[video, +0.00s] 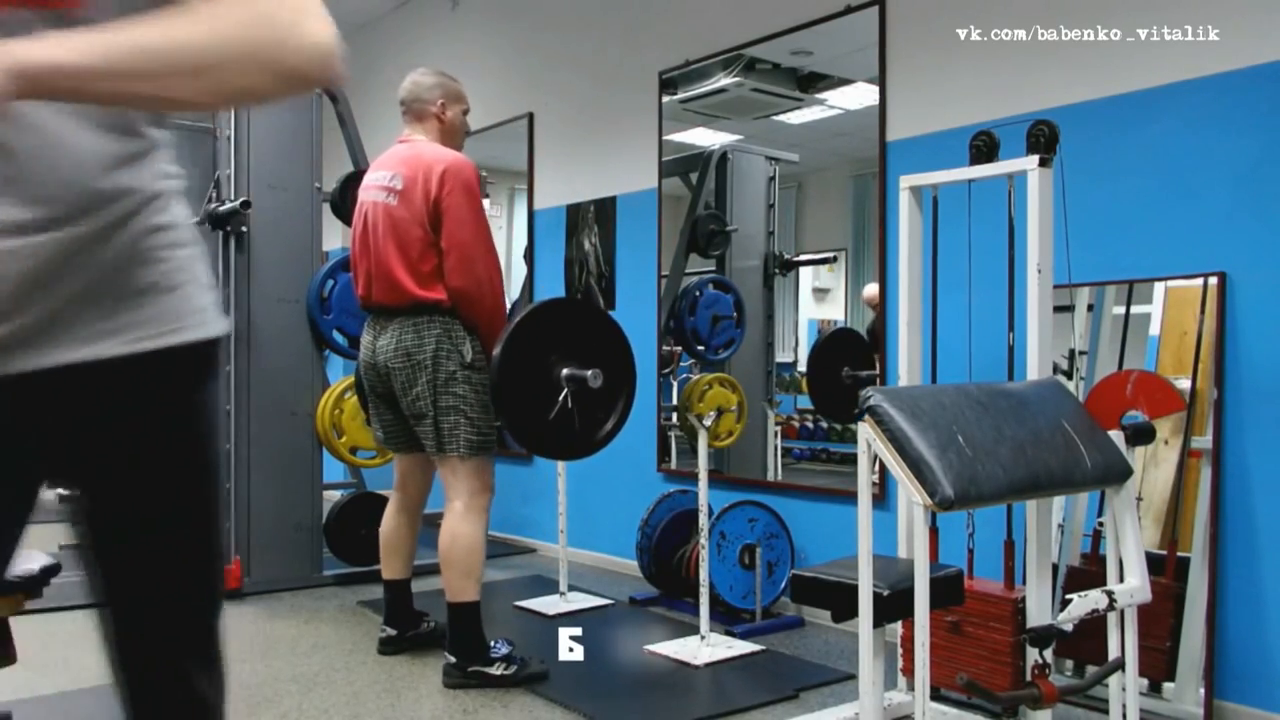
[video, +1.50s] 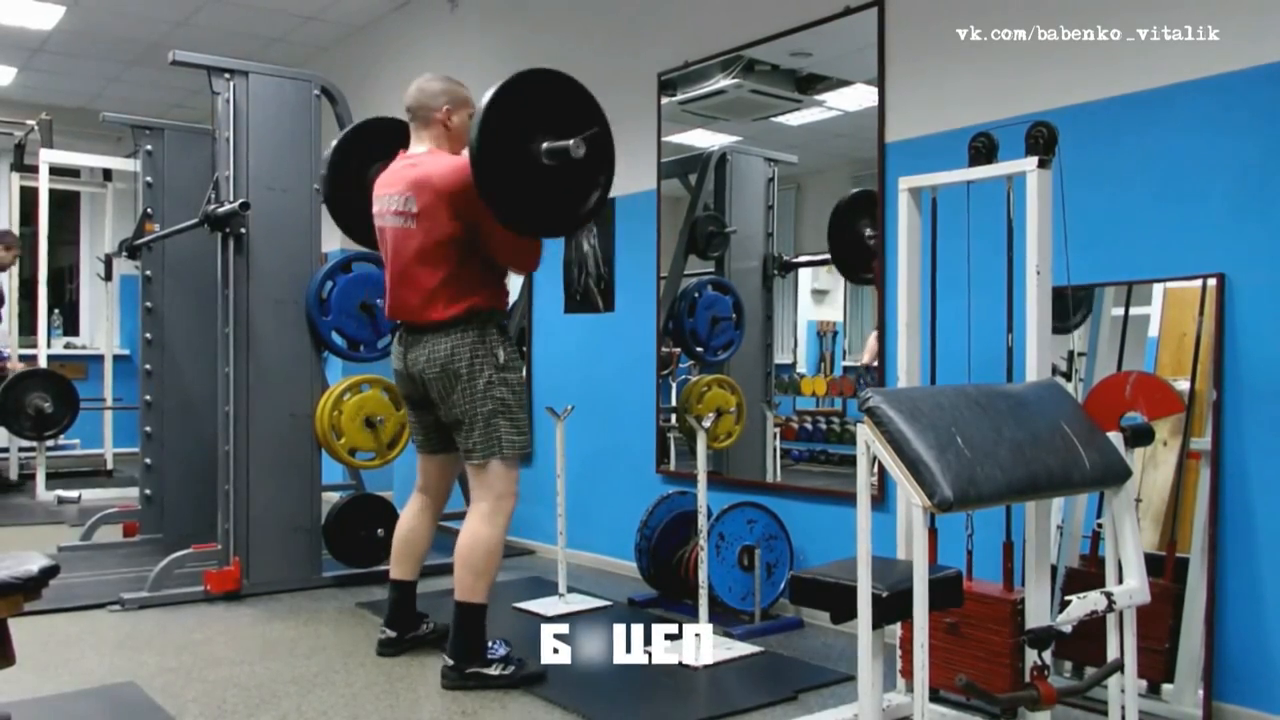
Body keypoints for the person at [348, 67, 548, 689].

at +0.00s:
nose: (468, 124)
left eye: (467, 114)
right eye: (464, 113)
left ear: (414, 112)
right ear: (439, 109)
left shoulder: (377, 169)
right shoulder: (450, 167)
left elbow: (366, 268)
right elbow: (473, 275)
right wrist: (496, 345)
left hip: (380, 338)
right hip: (439, 337)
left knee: (409, 484)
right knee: (469, 493)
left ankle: (399, 621)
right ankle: (469, 652)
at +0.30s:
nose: (469, 123)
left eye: (468, 114)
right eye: (465, 112)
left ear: (416, 110)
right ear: (442, 109)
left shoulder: (380, 166)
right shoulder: (454, 164)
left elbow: (366, 266)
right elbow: (473, 272)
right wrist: (496, 342)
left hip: (378, 337)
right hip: (438, 336)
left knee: (407, 484)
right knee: (468, 494)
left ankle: (399, 622)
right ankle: (469, 652)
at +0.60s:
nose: (477, 126)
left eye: (474, 117)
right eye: (473, 116)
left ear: (422, 121)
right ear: (454, 116)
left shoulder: (393, 171)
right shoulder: (469, 171)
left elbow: (368, 270)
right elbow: (472, 278)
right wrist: (494, 346)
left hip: (376, 341)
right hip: (433, 342)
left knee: (420, 482)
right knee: (489, 493)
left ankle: (400, 619)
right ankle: (470, 652)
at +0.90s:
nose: (435, 109)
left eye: (432, 99)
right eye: (428, 100)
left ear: (380, 104)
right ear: (401, 100)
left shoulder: (356, 164)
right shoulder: (425, 147)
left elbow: (368, 267)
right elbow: (476, 242)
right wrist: (511, 281)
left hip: (396, 333)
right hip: (449, 324)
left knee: (424, 473)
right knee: (494, 476)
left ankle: (401, 612)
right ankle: (477, 638)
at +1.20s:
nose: (437, 149)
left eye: (437, 139)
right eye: (434, 139)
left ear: (380, 132)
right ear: (412, 133)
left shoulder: (355, 191)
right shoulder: (413, 176)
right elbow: (492, 245)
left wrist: (454, 187)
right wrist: (490, 182)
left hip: (416, 358)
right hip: (467, 350)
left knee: (437, 491)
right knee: (507, 494)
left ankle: (402, 621)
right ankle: (470, 652)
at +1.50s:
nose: (473, 128)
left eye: (472, 118)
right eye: (470, 117)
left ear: (419, 119)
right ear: (447, 116)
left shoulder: (385, 178)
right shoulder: (461, 173)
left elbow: (404, 260)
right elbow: (524, 256)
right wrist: (526, 186)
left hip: (411, 349)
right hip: (468, 346)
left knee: (430, 485)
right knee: (493, 495)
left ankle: (400, 621)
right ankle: (470, 655)